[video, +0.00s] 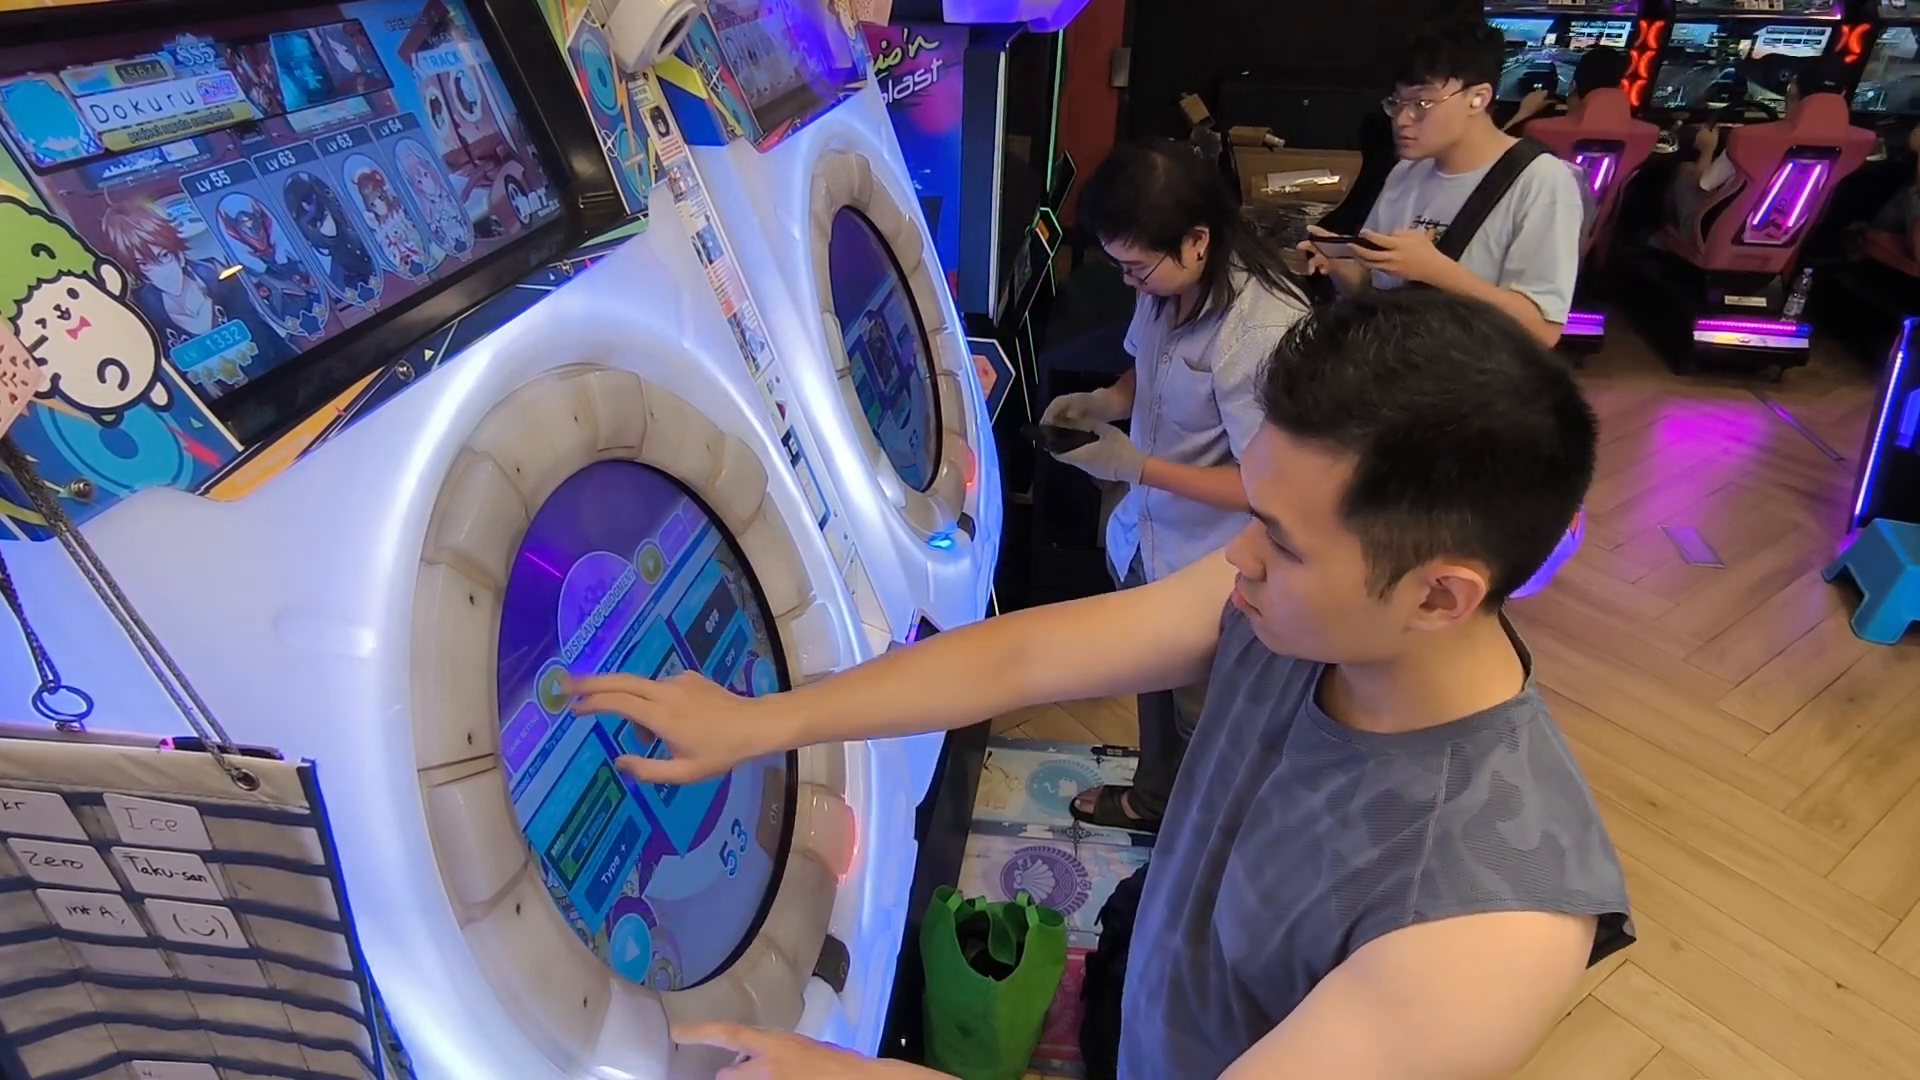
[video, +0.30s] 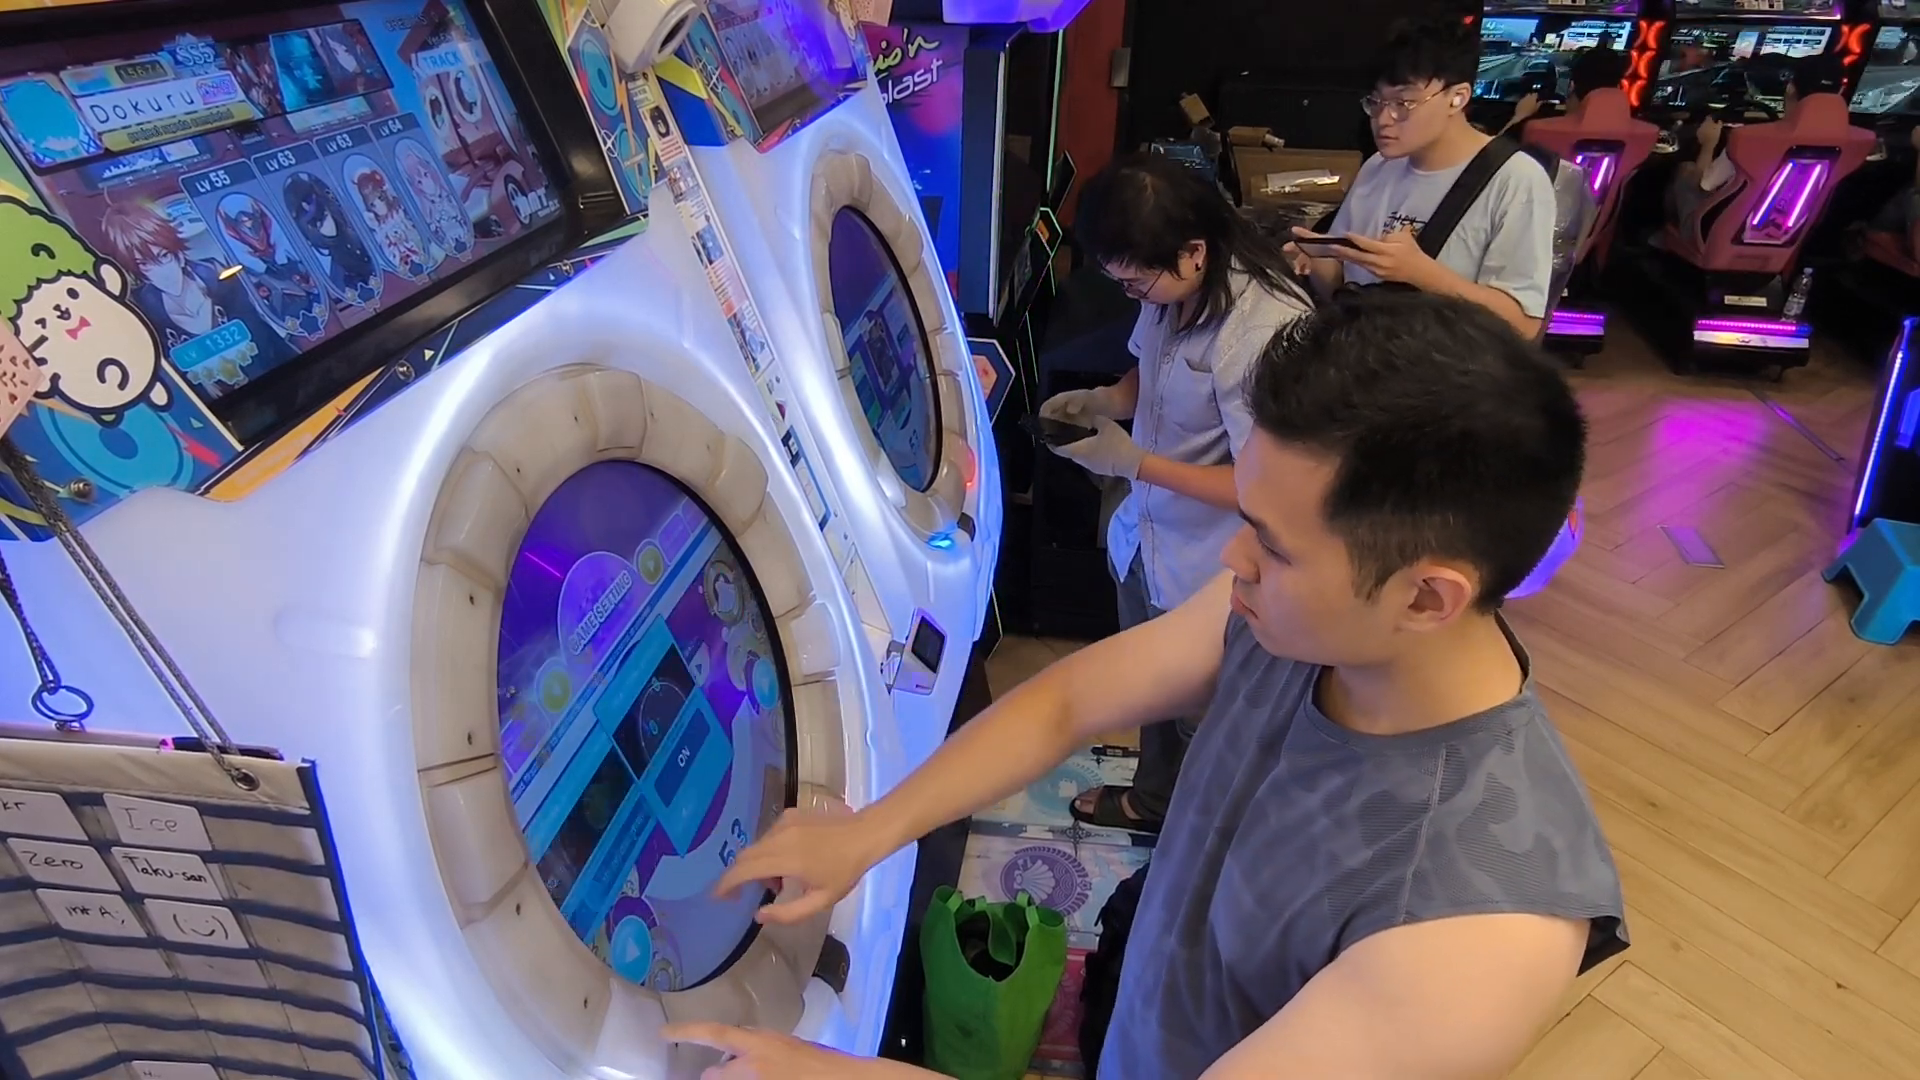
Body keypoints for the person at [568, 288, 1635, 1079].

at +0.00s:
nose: (1233, 553)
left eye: (1283, 543)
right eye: (1248, 509)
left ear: (1443, 594)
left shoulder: (1492, 915)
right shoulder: (1284, 587)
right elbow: (1018, 656)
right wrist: (760, 719)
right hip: (1138, 1016)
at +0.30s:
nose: (1228, 559)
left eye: (1274, 548)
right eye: (1245, 520)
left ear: (1434, 597)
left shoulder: (1484, 912)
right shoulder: (1289, 602)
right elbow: (1066, 704)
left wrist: (858, 1070)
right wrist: (872, 827)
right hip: (1130, 1017)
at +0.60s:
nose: (1205, 564)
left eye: (1242, 551)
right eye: (1217, 525)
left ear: (1403, 594)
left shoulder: (1475, 913)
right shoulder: (1300, 624)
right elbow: (1115, 718)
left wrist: (872, 1066)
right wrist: (933, 832)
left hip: (1182, 1074)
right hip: (1130, 1006)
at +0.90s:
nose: (1196, 572)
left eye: (1223, 554)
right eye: (1200, 537)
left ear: (1371, 589)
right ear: (1370, 584)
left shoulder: (1481, 913)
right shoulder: (1300, 628)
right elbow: (1100, 728)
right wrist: (886, 792)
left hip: (1199, 1076)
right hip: (1133, 1007)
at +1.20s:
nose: (1188, 580)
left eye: (1212, 564)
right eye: (1192, 546)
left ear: (1366, 595)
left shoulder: (1502, 926)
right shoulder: (1287, 632)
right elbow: (1129, 714)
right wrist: (972, 837)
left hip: (1209, 1076)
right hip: (1131, 997)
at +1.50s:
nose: (1164, 582)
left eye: (1188, 566)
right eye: (1165, 550)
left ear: (1331, 589)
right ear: (1329, 591)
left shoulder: (1501, 925)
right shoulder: (1288, 642)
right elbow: (1165, 748)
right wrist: (1000, 843)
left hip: (1213, 1073)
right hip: (1140, 984)